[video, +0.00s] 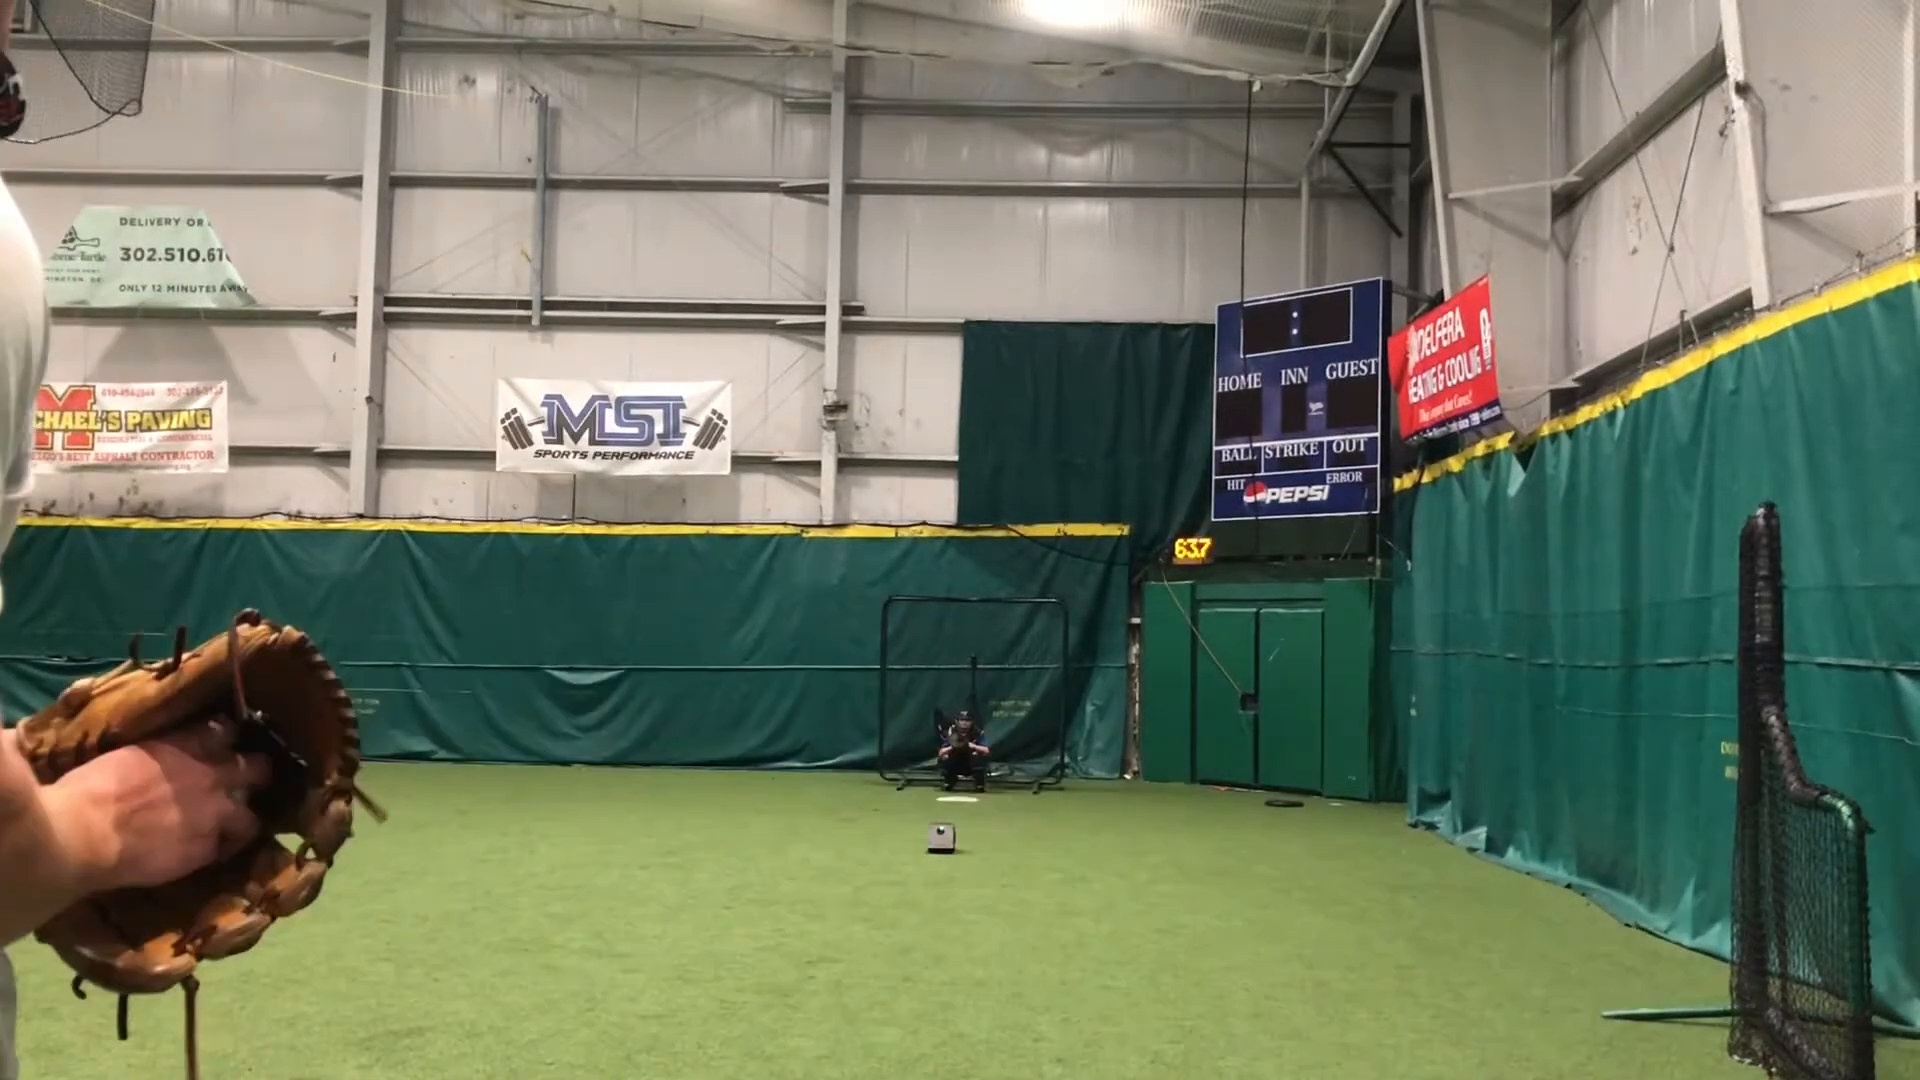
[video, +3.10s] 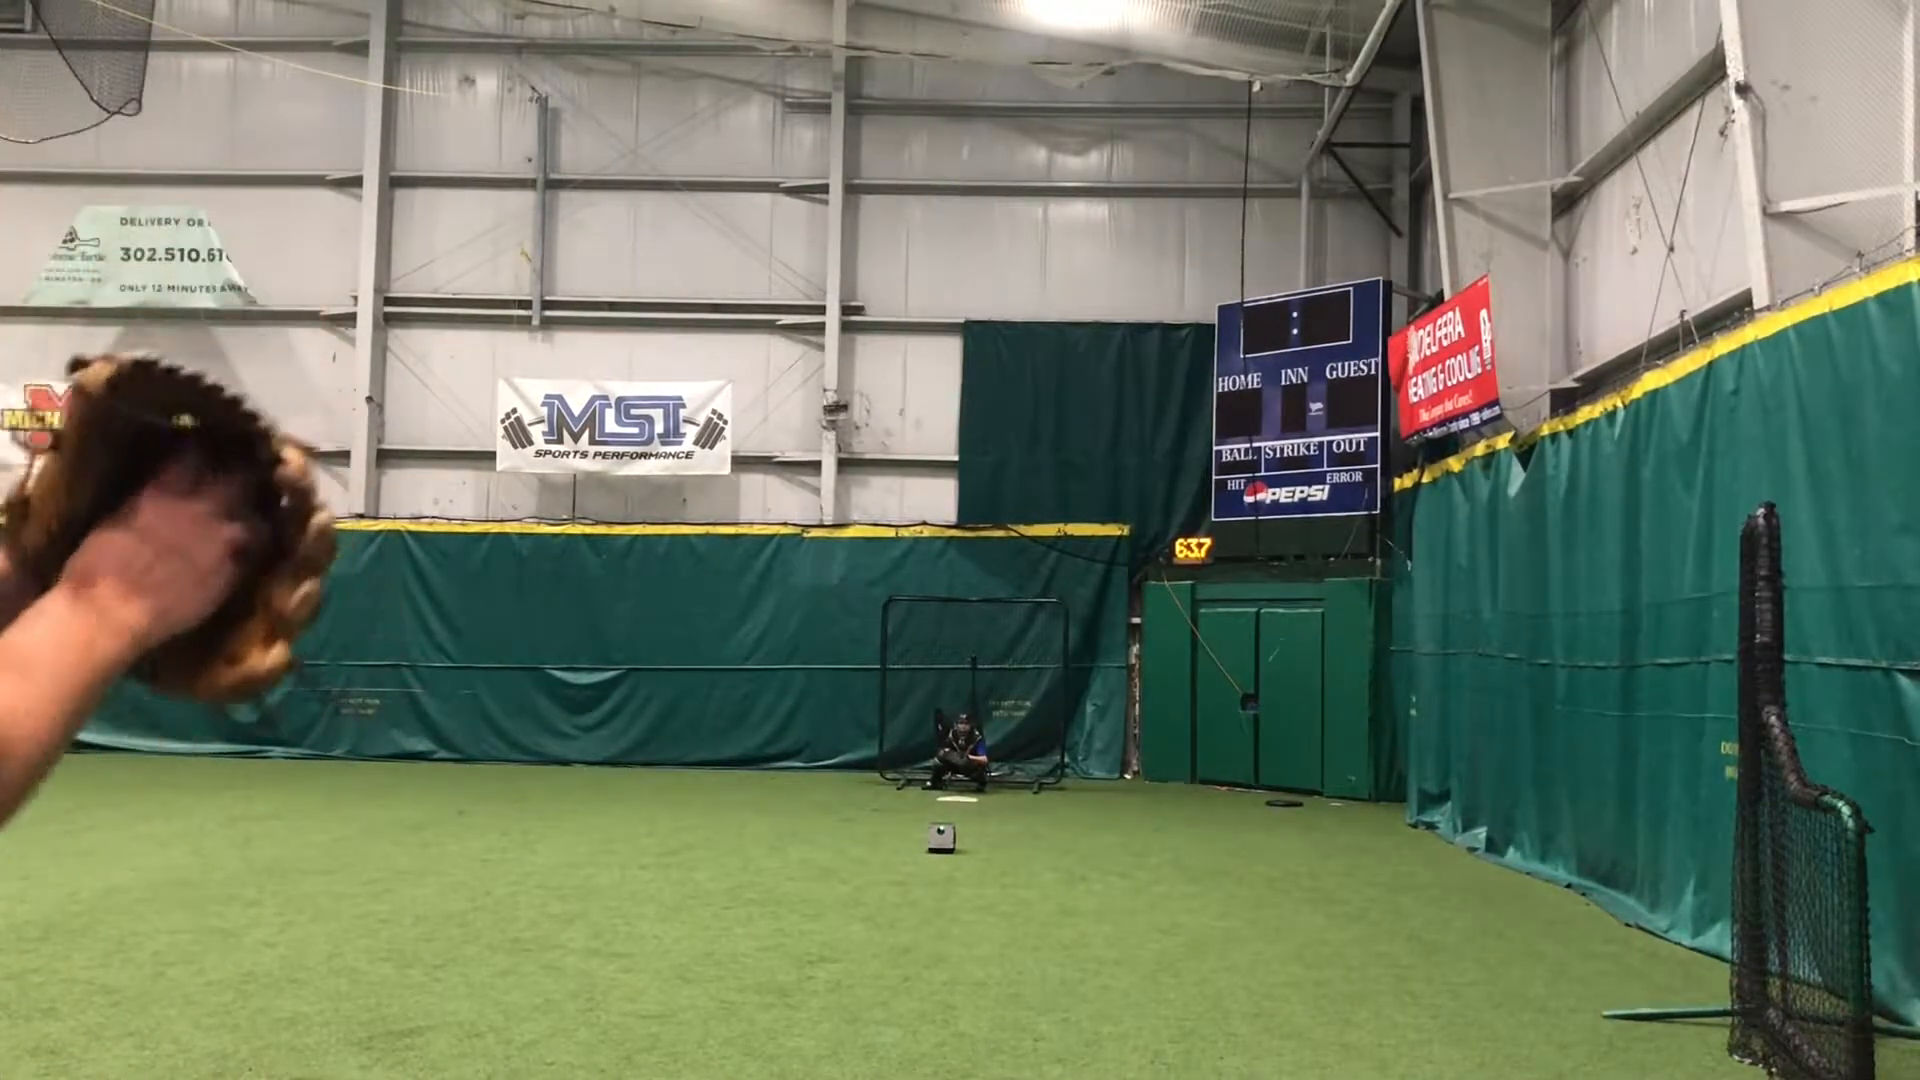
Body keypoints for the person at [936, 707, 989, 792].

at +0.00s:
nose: (964, 724)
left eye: (967, 721)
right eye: (961, 720)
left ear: (971, 723)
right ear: (957, 722)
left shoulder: (977, 734)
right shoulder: (951, 734)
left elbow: (986, 751)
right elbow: (941, 753)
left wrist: (971, 746)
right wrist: (953, 747)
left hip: (971, 761)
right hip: (955, 760)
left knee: (978, 757)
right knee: (946, 759)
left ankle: (979, 783)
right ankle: (950, 781)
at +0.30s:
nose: (972, 723)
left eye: (975, 721)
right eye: (969, 720)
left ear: (979, 723)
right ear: (965, 722)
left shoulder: (984, 736)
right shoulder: (959, 734)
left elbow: (987, 756)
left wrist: (971, 747)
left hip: (976, 763)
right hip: (961, 761)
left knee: (982, 761)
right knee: (952, 758)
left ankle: (981, 784)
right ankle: (953, 781)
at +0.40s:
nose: (973, 723)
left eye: (976, 720)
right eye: (971, 720)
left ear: (981, 722)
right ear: (967, 721)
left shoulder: (986, 735)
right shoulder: (961, 732)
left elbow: (988, 757)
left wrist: (973, 747)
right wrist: (949, 747)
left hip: (976, 760)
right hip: (962, 758)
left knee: (982, 761)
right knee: (951, 759)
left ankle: (981, 784)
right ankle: (954, 781)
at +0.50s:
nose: (975, 723)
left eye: (978, 720)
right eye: (972, 720)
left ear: (982, 723)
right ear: (968, 721)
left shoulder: (987, 735)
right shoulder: (962, 732)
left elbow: (989, 758)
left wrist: (974, 747)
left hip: (978, 760)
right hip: (963, 759)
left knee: (978, 764)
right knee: (947, 762)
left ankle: (982, 784)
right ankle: (953, 781)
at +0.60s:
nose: (975, 723)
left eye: (978, 721)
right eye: (972, 720)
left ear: (983, 722)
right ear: (968, 721)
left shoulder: (987, 736)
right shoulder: (962, 732)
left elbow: (989, 758)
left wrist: (973, 747)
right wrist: (947, 747)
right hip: (961, 759)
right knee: (946, 756)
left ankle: (981, 784)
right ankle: (942, 779)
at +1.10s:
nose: (966, 724)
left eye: (970, 722)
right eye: (964, 721)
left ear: (974, 724)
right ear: (960, 722)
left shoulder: (979, 736)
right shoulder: (954, 733)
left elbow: (986, 757)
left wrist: (970, 753)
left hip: (973, 764)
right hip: (957, 762)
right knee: (944, 757)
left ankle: (981, 785)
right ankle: (936, 782)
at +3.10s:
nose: (963, 727)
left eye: (966, 724)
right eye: (960, 724)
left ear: (970, 726)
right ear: (956, 725)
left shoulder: (977, 738)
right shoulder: (951, 735)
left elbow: (984, 759)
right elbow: (942, 751)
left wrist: (969, 757)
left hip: (971, 764)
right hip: (954, 762)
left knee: (979, 773)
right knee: (939, 764)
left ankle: (981, 785)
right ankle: (936, 783)